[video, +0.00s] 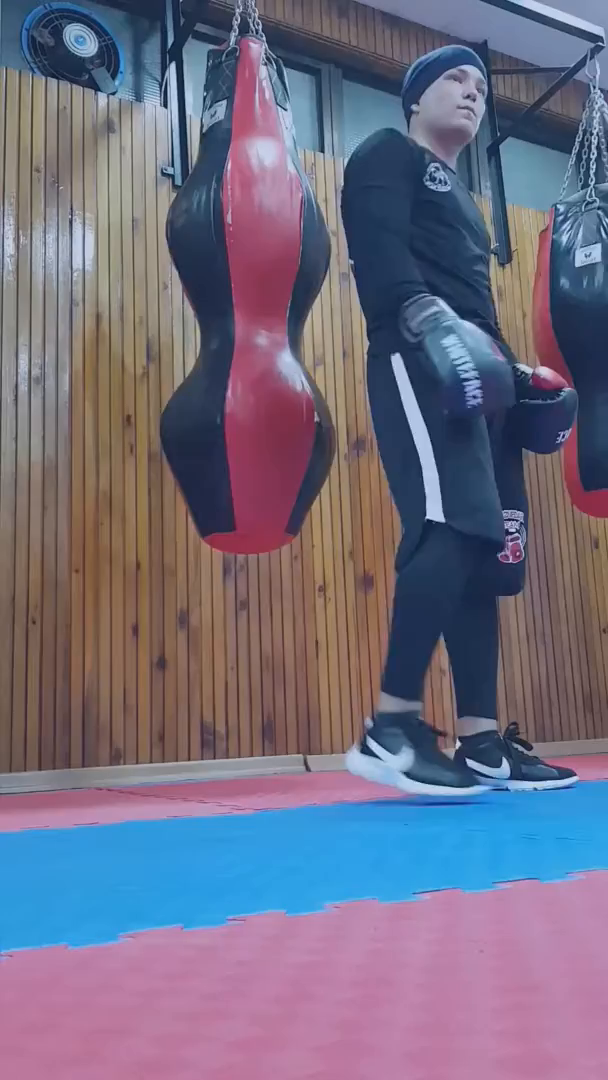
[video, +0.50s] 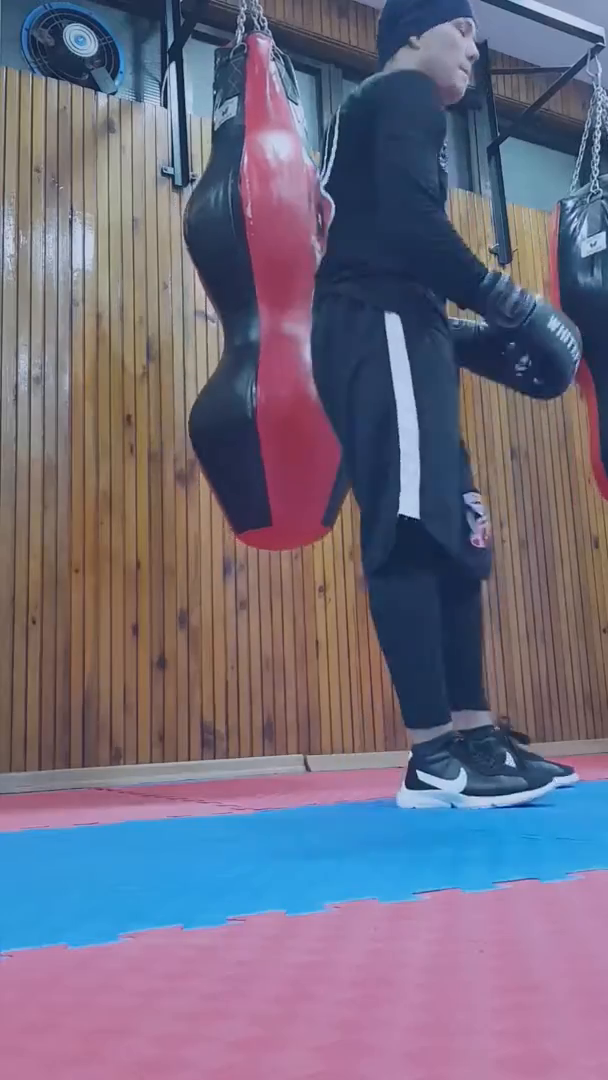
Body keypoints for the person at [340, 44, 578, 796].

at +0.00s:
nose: (470, 93)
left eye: (479, 89)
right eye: (455, 80)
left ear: (480, 117)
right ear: (415, 96)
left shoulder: (461, 198)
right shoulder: (386, 154)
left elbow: (472, 305)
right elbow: (385, 265)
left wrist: (518, 372)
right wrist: (442, 333)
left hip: (472, 366)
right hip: (414, 359)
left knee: (482, 546)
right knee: (448, 531)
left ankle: (481, 738)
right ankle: (392, 728)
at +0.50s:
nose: (473, 50)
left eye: (473, 39)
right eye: (462, 33)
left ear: (422, 41)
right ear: (415, 33)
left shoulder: (394, 109)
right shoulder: (403, 93)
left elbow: (389, 270)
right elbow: (411, 224)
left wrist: (471, 344)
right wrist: (509, 303)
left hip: (405, 327)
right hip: (379, 321)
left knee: (454, 533)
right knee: (407, 529)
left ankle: (474, 736)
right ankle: (434, 752)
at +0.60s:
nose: (461, 61)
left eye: (461, 47)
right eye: (455, 42)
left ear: (401, 34)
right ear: (416, 31)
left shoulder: (363, 93)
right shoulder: (401, 79)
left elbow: (376, 264)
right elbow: (414, 213)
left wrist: (462, 328)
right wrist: (513, 280)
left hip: (357, 320)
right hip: (370, 320)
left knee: (409, 528)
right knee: (405, 528)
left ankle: (417, 732)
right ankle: (432, 749)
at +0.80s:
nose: (407, 39)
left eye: (404, 33)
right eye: (405, 28)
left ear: (329, 23)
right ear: (388, 20)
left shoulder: (297, 84)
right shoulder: (374, 61)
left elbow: (217, 216)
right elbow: (422, 194)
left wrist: (256, 327)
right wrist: (476, 169)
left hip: (301, 319)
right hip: (360, 315)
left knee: (331, 529)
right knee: (383, 531)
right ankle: (437, 752)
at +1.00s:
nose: (352, 40)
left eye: (344, 37)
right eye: (344, 32)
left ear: (257, 33)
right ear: (325, 24)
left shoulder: (209, 113)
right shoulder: (326, 46)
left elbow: (212, 251)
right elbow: (398, 190)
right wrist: (374, 122)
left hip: (236, 319)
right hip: (315, 301)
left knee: (233, 543)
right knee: (377, 527)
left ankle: (188, 753)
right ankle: (436, 748)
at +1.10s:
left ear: (210, 45)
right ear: (267, 23)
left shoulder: (175, 123)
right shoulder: (304, 53)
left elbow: (203, 235)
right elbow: (366, 185)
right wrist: (292, 161)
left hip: (204, 313)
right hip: (287, 296)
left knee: (224, 545)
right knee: (366, 518)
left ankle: (188, 759)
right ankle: (422, 747)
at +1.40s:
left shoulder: (122, 69)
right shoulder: (266, 7)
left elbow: (127, 234)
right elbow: (352, 142)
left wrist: (199, 141)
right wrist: (302, 79)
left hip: (167, 286)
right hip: (257, 259)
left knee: (185, 528)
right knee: (362, 478)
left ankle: (186, 762)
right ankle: (302, 700)